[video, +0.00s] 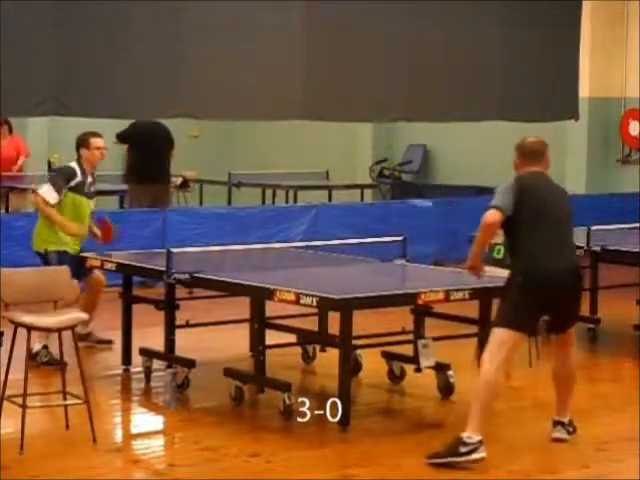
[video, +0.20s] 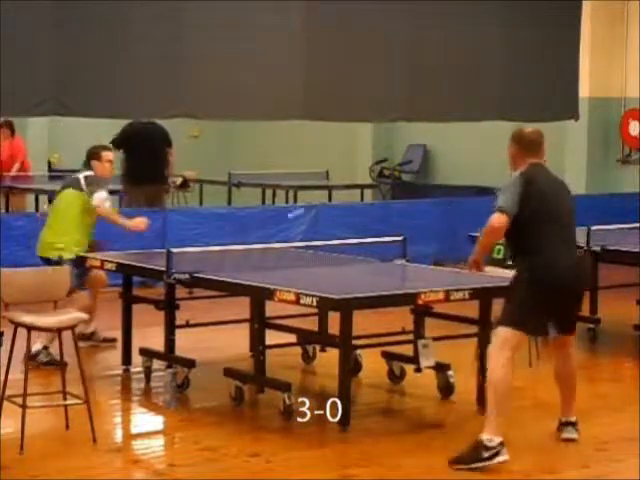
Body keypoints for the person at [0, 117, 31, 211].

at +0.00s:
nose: (3, 130)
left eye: (4, 127)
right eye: (2, 127)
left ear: (8, 128)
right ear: (0, 128)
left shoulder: (15, 140)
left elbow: (23, 153)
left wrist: (17, 166)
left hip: (13, 174)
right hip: (3, 174)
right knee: (3, 196)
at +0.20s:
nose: (4, 133)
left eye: (6, 130)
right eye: (2, 131)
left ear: (10, 131)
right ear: (1, 131)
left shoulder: (16, 142)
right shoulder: (3, 143)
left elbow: (19, 159)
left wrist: (10, 175)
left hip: (19, 177)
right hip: (6, 177)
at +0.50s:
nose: (5, 133)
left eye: (7, 130)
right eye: (4, 130)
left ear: (12, 130)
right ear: (2, 130)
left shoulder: (18, 141)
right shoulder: (4, 141)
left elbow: (17, 158)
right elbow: (3, 156)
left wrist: (5, 163)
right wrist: (4, 162)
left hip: (20, 177)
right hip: (8, 176)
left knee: (19, 205)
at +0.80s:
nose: (8, 132)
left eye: (10, 129)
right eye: (6, 129)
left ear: (15, 130)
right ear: (4, 130)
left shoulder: (22, 140)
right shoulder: (3, 141)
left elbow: (25, 156)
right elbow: (2, 156)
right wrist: (7, 159)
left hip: (19, 175)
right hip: (5, 175)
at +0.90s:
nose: (8, 132)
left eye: (11, 129)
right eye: (6, 129)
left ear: (16, 130)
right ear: (4, 130)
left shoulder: (22, 141)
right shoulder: (3, 141)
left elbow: (23, 157)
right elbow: (2, 156)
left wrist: (11, 167)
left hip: (19, 171)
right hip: (4, 170)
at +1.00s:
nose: (10, 132)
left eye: (13, 129)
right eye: (8, 129)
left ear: (17, 130)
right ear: (5, 130)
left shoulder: (23, 142)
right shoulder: (2, 141)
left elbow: (26, 159)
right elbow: (1, 158)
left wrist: (19, 171)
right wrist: (2, 171)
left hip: (18, 174)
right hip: (4, 174)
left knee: (16, 191)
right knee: (4, 191)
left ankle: (17, 213)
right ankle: (5, 212)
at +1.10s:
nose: (13, 131)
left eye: (16, 129)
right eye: (11, 129)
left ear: (19, 130)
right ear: (7, 130)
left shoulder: (25, 142)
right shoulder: (3, 141)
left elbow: (31, 157)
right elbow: (1, 158)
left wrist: (32, 170)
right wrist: (5, 168)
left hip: (22, 176)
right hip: (6, 176)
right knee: (4, 193)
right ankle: (5, 212)